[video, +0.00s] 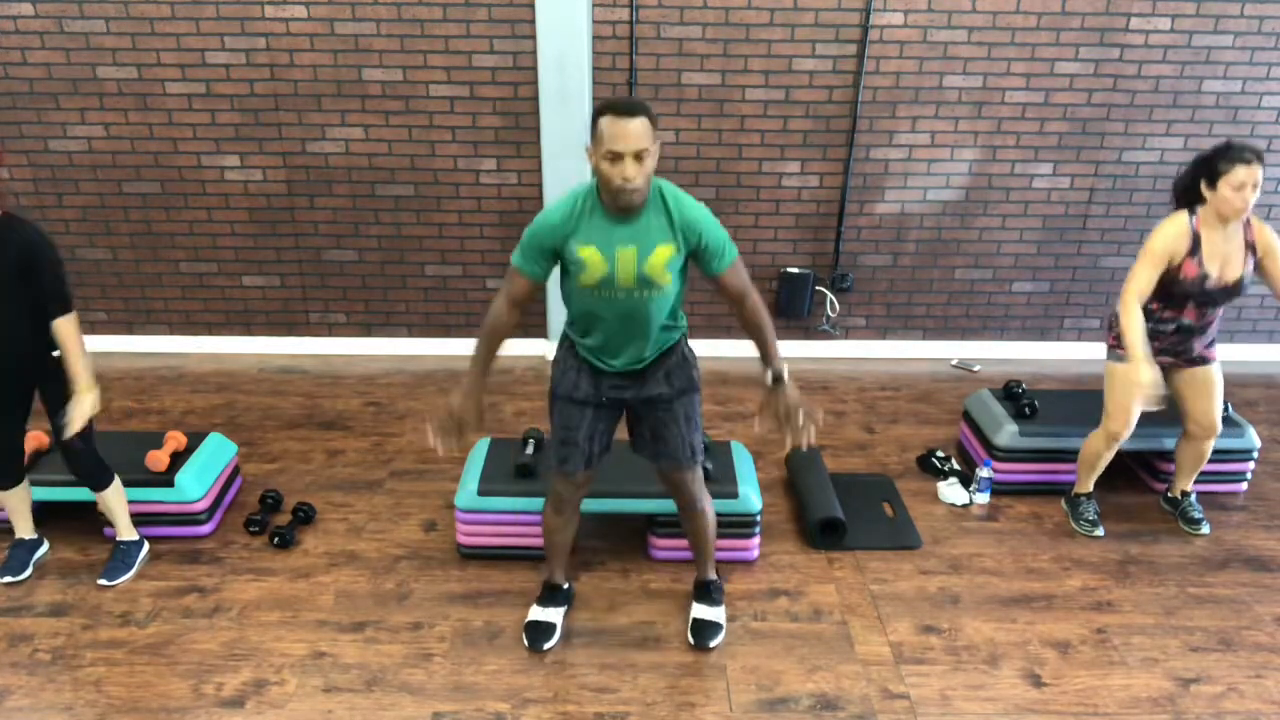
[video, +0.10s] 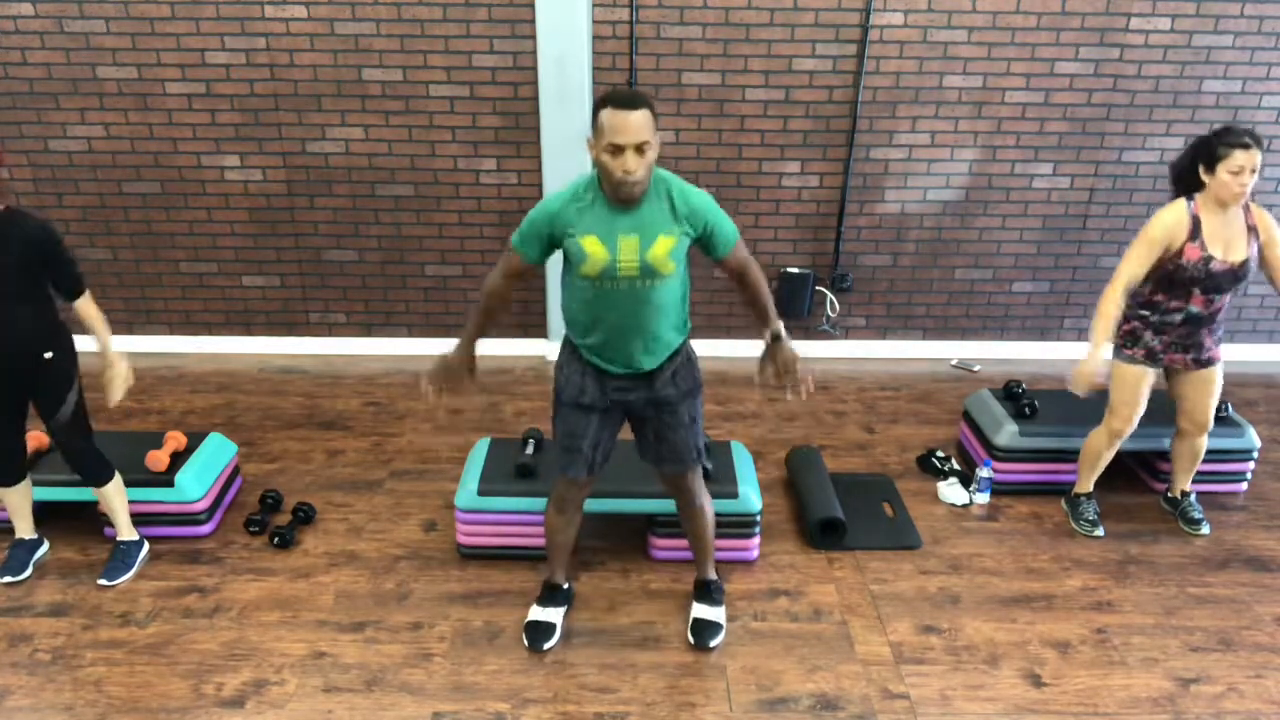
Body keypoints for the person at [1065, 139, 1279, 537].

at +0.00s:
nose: (1248, 198)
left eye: (1254, 188)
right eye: (1238, 187)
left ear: (1260, 189)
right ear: (1208, 187)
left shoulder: (1259, 236)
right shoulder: (1175, 230)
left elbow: (1279, 287)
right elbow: (1130, 300)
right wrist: (1143, 366)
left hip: (1195, 339)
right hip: (1140, 332)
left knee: (1206, 426)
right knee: (1117, 428)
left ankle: (1179, 494)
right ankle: (1080, 494)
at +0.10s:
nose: (1246, 183)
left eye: (1252, 173)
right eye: (1236, 172)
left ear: (1257, 174)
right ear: (1206, 172)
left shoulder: (1258, 222)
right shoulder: (1174, 218)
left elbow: (1278, 278)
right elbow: (1119, 284)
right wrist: (1095, 351)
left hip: (1199, 334)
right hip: (1145, 329)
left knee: (1197, 425)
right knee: (1120, 424)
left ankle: (1179, 495)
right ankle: (1080, 494)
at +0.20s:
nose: (1244, 175)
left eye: (1250, 165)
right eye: (1234, 165)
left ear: (1256, 166)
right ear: (1204, 167)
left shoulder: (1257, 216)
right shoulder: (1173, 215)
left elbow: (1273, 281)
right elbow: (1108, 271)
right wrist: (1068, 328)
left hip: (1204, 337)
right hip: (1152, 333)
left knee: (1191, 424)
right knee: (1122, 422)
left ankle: (1177, 494)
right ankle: (1081, 494)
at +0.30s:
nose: (1244, 172)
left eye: (1250, 162)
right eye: (1233, 163)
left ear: (1255, 164)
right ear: (1203, 166)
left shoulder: (1258, 213)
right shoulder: (1172, 213)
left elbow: (1243, 264)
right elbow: (1107, 261)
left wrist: (1247, 298)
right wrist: (1065, 304)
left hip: (1210, 338)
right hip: (1156, 333)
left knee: (1187, 425)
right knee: (1122, 419)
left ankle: (1175, 495)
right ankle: (1081, 493)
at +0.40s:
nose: (1244, 173)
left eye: (1249, 163)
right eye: (1233, 163)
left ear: (1254, 164)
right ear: (1203, 167)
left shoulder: (1255, 212)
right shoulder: (1170, 214)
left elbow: (1225, 266)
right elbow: (1108, 257)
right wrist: (1069, 293)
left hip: (1211, 340)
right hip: (1158, 335)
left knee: (1185, 425)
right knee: (1122, 418)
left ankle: (1175, 495)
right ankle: (1080, 494)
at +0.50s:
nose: (1244, 173)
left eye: (1249, 163)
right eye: (1233, 164)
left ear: (1253, 164)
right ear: (1203, 166)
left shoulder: (1255, 211)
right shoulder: (1168, 215)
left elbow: (1227, 266)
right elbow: (1109, 257)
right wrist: (1070, 293)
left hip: (1213, 341)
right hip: (1160, 336)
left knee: (1183, 424)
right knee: (1124, 420)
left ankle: (1175, 494)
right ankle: (1081, 493)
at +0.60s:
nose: (1244, 171)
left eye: (1249, 162)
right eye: (1233, 162)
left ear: (1253, 164)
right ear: (1203, 165)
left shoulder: (1256, 213)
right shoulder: (1169, 216)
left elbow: (1232, 274)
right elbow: (1109, 265)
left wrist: (1227, 326)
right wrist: (1067, 309)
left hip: (1213, 340)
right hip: (1160, 335)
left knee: (1182, 424)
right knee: (1125, 421)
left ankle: (1175, 495)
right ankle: (1081, 494)